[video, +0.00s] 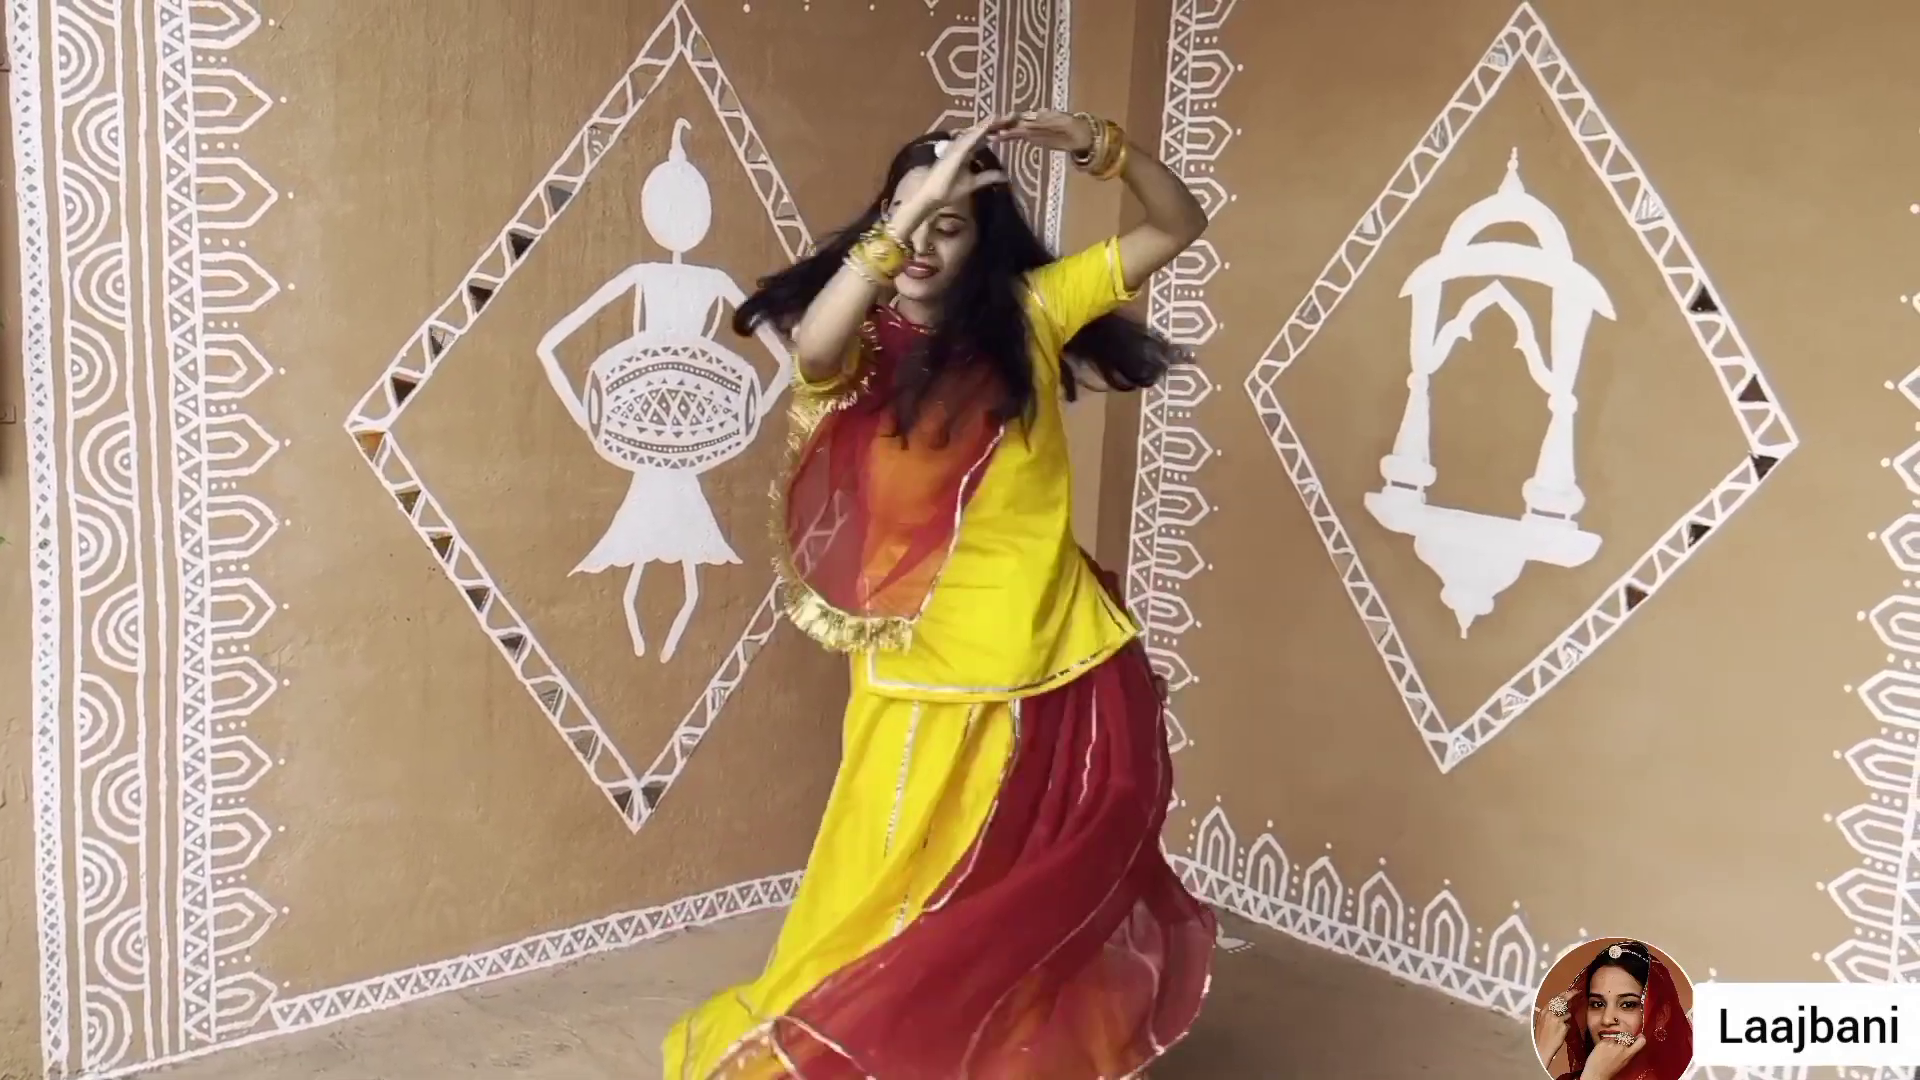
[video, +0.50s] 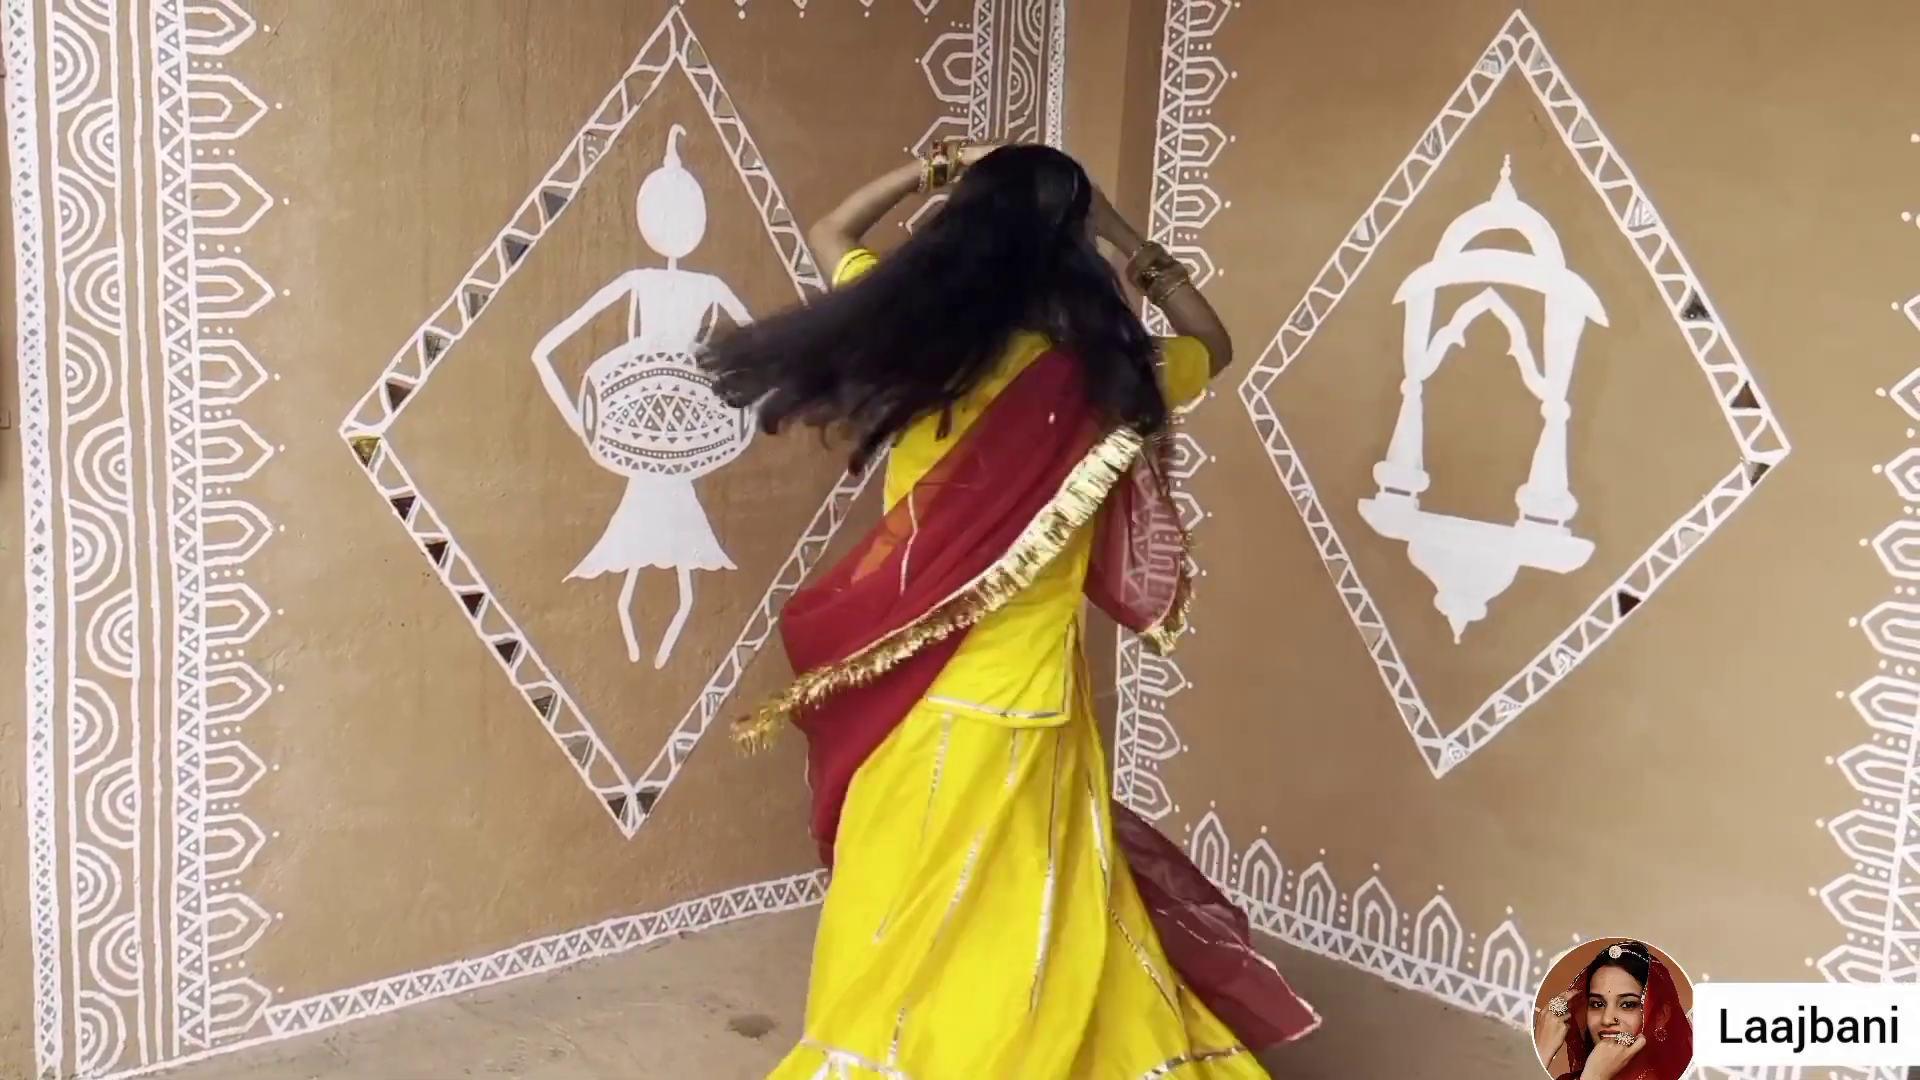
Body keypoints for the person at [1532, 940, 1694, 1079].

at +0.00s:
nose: (1608, 1019)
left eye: (1627, 1005)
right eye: (1597, 1004)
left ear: (1658, 1013)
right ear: (1585, 1012)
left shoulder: (1667, 1075)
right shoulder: (1567, 1077)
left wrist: (1595, 1075)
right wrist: (1538, 1056)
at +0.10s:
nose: (1608, 1019)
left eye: (1627, 1005)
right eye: (1597, 1004)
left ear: (1658, 1013)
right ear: (1584, 1012)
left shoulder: (1665, 1076)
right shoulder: (1566, 1078)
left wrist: (1595, 1076)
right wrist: (1538, 1057)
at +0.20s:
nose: (1608, 1019)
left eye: (1627, 1005)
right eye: (1597, 1004)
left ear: (1658, 1013)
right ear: (1584, 1012)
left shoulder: (1665, 1076)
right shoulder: (1566, 1078)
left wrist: (1595, 1076)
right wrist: (1538, 1057)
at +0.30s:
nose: (1608, 1019)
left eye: (1627, 1005)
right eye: (1597, 1004)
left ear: (1658, 1013)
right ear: (1585, 1012)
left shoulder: (1667, 1075)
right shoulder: (1567, 1077)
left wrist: (1595, 1075)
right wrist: (1538, 1056)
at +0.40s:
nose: (1608, 1019)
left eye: (1627, 1005)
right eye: (1597, 1004)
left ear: (1658, 1013)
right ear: (1584, 1012)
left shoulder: (1667, 1076)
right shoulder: (1566, 1078)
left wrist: (1595, 1076)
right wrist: (1538, 1056)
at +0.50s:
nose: (1607, 1019)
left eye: (1627, 1005)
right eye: (1597, 1004)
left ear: (1658, 1013)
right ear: (1585, 1012)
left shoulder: (1668, 1075)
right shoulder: (1566, 1078)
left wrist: (1595, 1075)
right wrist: (1539, 1055)